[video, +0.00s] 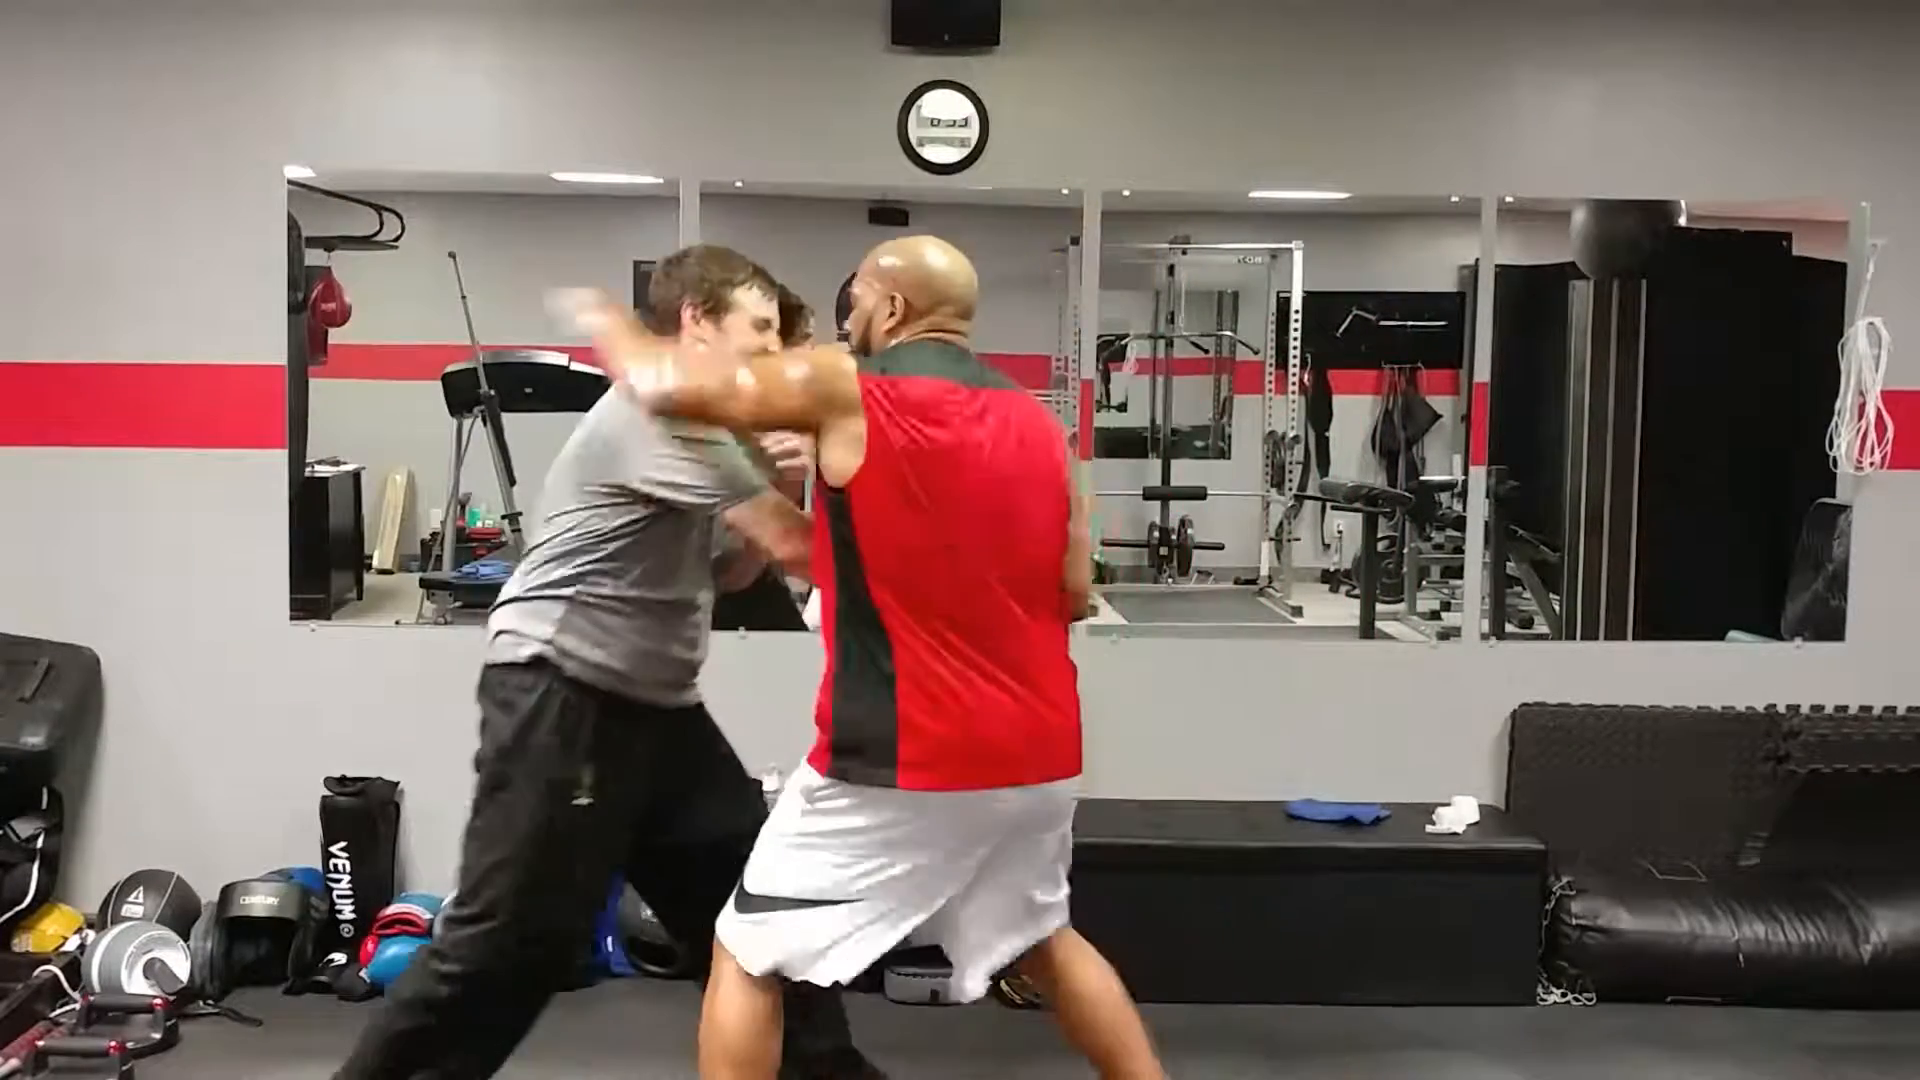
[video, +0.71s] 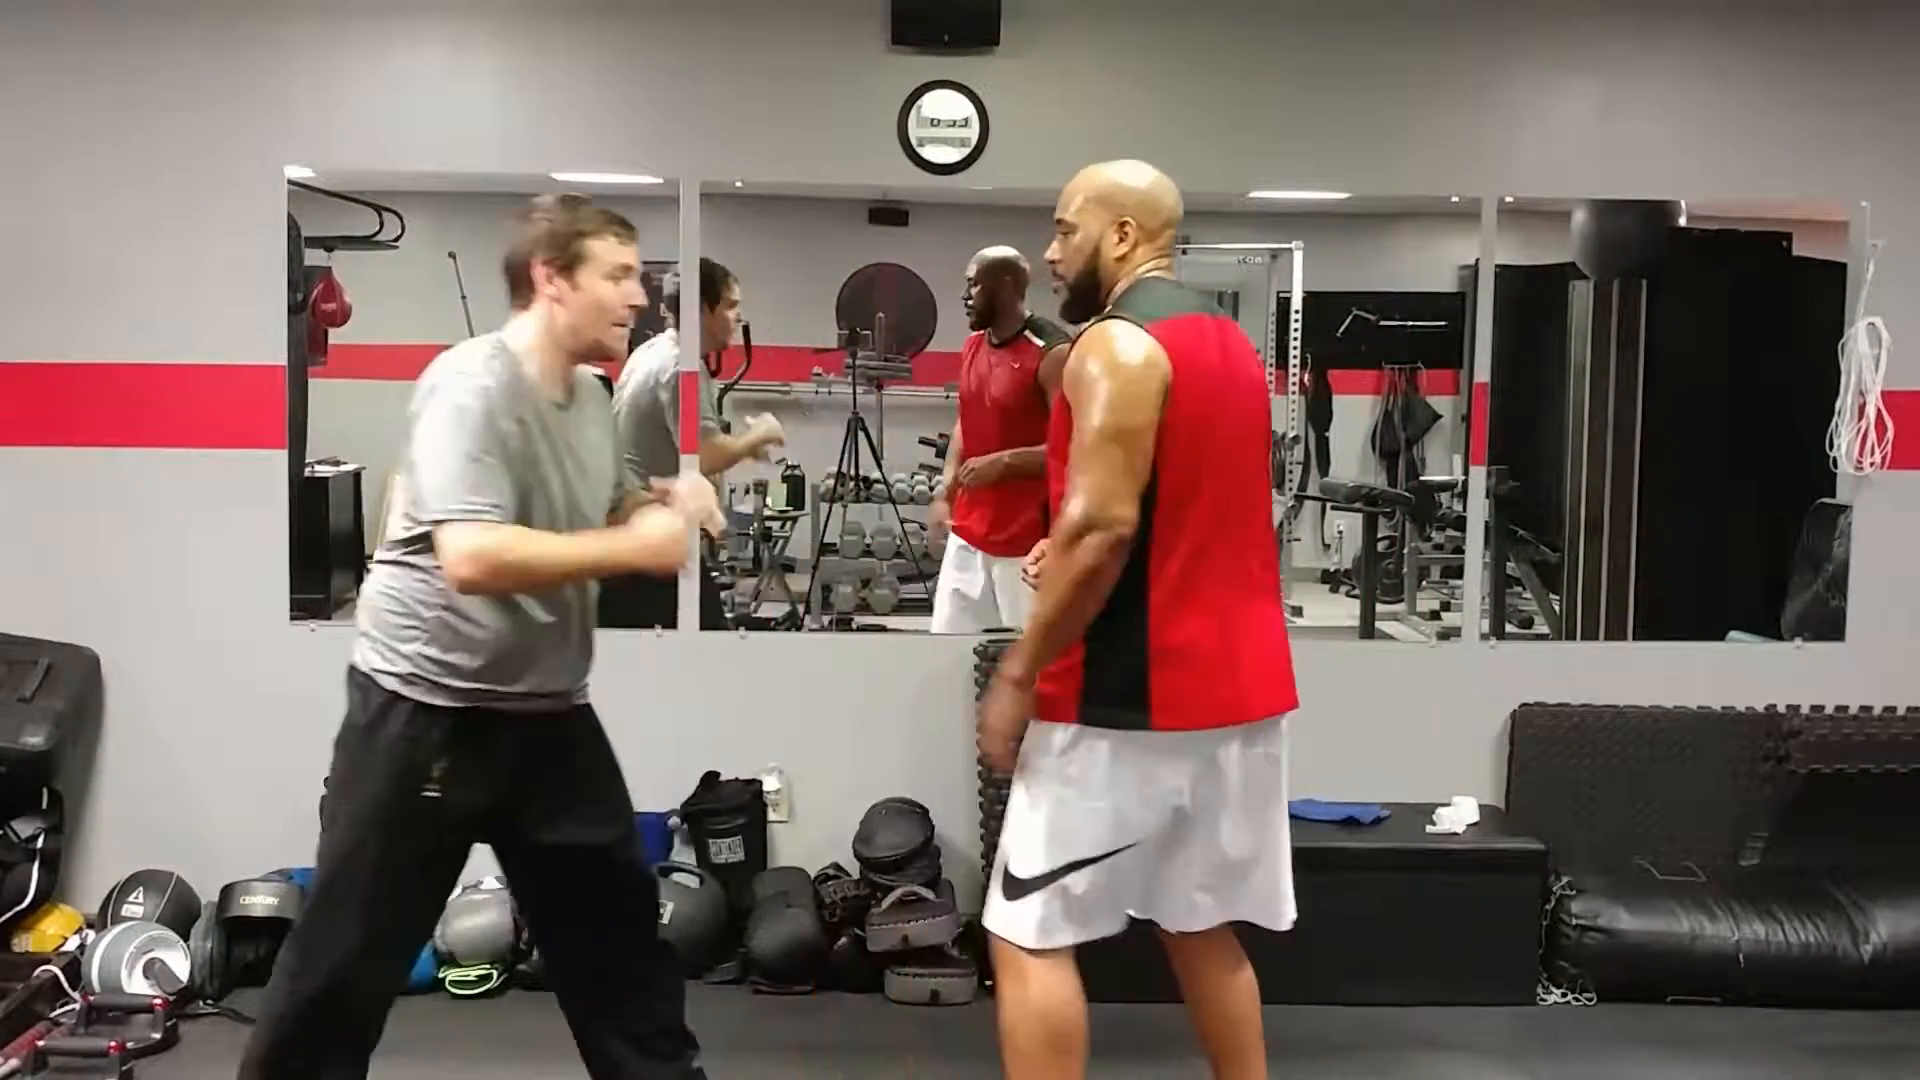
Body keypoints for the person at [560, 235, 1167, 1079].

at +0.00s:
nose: (849, 317)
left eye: (855, 302)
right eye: (851, 303)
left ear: (890, 306)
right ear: (962, 317)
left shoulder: (840, 381)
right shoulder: (1039, 423)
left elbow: (670, 384)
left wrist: (613, 320)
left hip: (895, 748)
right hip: (1041, 743)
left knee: (748, 953)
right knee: (1041, 933)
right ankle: (1146, 1075)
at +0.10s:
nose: (862, 304)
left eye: (872, 288)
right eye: (867, 287)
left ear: (909, 295)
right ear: (974, 309)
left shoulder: (861, 371)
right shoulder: (1066, 428)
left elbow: (678, 390)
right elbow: (1128, 577)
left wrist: (577, 354)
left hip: (874, 740)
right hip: (1026, 743)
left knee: (734, 948)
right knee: (1040, 927)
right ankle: (1152, 1073)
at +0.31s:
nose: (936, 287)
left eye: (950, 270)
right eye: (943, 269)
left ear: (994, 276)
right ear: (1049, 288)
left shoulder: (953, 379)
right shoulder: (1135, 403)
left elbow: (803, 460)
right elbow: (1203, 548)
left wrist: (664, 475)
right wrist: (1094, 562)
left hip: (948, 724)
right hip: (1092, 721)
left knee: (806, 967)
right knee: (1108, 949)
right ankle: (1200, 1076)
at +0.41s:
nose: (985, 277)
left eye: (996, 258)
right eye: (988, 258)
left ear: (1041, 263)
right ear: (1090, 268)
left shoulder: (1020, 370)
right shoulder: (1181, 376)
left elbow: (888, 480)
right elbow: (1226, 533)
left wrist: (750, 526)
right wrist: (1115, 555)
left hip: (1026, 694)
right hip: (1161, 694)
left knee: (862, 920)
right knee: (1148, 927)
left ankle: (801, 1075)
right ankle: (1225, 1073)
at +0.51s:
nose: (1016, 267)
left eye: (1027, 246)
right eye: (1018, 248)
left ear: (1080, 247)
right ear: (1116, 252)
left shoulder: (1068, 357)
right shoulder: (1207, 359)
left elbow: (956, 501)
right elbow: (1240, 522)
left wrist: (816, 568)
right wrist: (1116, 540)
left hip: (1075, 678)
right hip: (1204, 679)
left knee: (901, 880)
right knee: (1173, 918)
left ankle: (911, 1070)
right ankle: (1236, 1076)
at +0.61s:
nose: (1040, 255)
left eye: (1052, 234)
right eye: (1042, 234)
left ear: (1107, 237)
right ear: (1134, 243)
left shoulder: (1099, 347)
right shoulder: (1226, 349)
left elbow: (1030, 509)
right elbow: (1159, 479)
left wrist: (910, 622)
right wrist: (1036, 471)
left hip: (1104, 679)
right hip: (1231, 677)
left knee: (959, 894)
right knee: (1194, 918)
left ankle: (1005, 1074)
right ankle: (1243, 1076)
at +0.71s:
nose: (1052, 249)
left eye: (1065, 228)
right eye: (1055, 228)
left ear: (1122, 235)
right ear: (1152, 240)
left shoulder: (1115, 350)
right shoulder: (1231, 345)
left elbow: (1100, 526)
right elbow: (1209, 510)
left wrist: (1017, 674)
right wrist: (1079, 546)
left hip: (1120, 696)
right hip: (1236, 693)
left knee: (1027, 931)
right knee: (1200, 919)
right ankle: (1246, 1076)